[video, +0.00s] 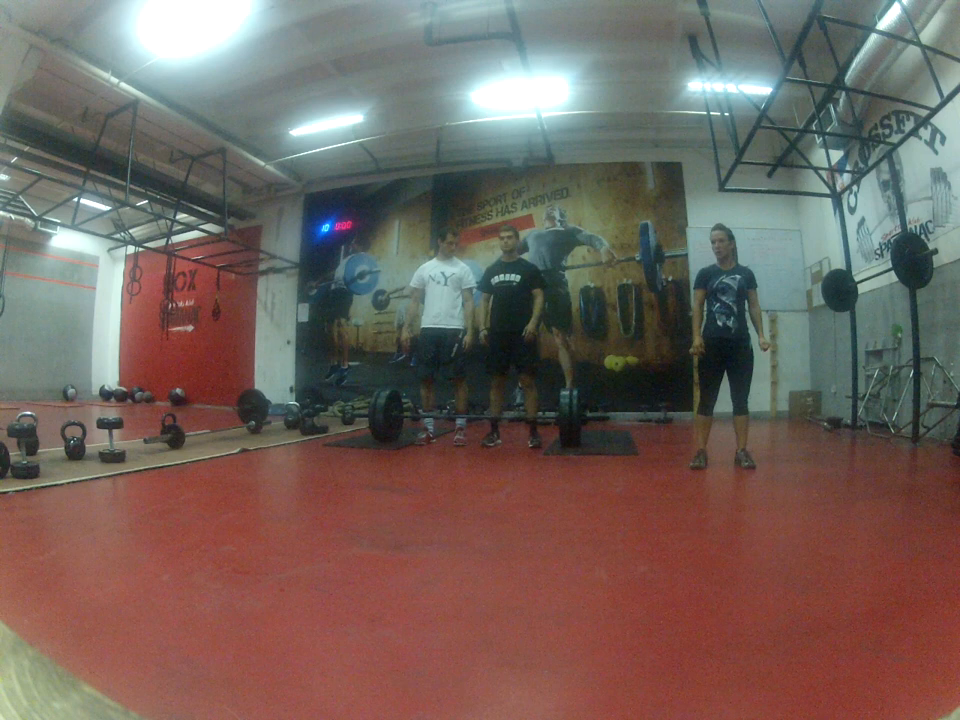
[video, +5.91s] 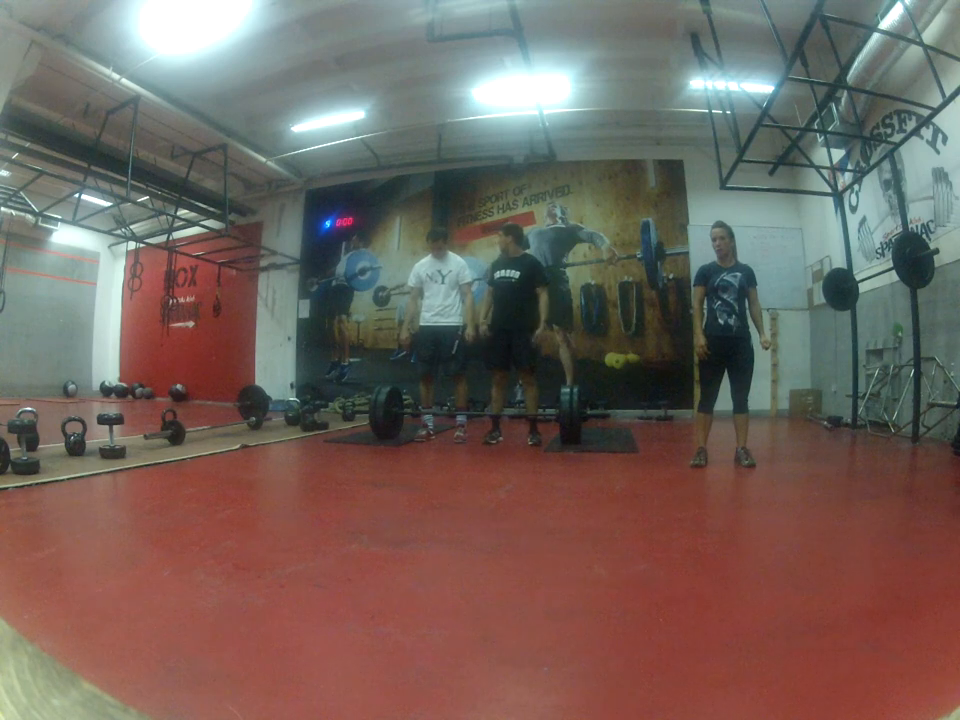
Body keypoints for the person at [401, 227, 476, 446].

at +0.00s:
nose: (452, 247)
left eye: (455, 243)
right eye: (449, 243)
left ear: (457, 245)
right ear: (439, 242)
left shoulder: (463, 269)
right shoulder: (424, 269)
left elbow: (468, 302)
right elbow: (414, 300)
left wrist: (470, 331)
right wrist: (406, 327)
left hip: (455, 330)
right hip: (428, 330)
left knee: (459, 379)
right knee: (426, 379)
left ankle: (460, 428)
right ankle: (428, 429)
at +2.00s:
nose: (438, 245)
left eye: (441, 242)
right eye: (436, 242)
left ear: (450, 241)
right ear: (434, 243)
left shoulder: (464, 266)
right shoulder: (427, 266)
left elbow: (470, 298)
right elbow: (418, 298)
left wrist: (468, 329)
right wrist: (412, 327)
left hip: (455, 329)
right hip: (429, 328)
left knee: (459, 377)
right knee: (427, 377)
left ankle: (461, 425)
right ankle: (427, 425)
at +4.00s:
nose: (430, 241)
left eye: (432, 237)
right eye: (431, 237)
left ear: (441, 238)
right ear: (439, 239)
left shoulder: (462, 261)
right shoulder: (427, 265)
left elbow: (469, 295)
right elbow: (420, 297)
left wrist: (466, 327)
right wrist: (414, 325)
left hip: (454, 327)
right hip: (428, 326)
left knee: (459, 375)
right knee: (426, 374)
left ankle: (462, 424)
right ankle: (427, 424)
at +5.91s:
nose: (436, 247)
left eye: (440, 243)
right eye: (433, 243)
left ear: (446, 242)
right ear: (428, 243)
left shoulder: (458, 263)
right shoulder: (420, 267)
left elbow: (467, 295)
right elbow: (413, 299)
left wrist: (470, 325)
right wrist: (405, 327)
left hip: (454, 328)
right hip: (426, 328)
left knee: (458, 376)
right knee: (425, 376)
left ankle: (461, 425)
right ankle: (427, 426)